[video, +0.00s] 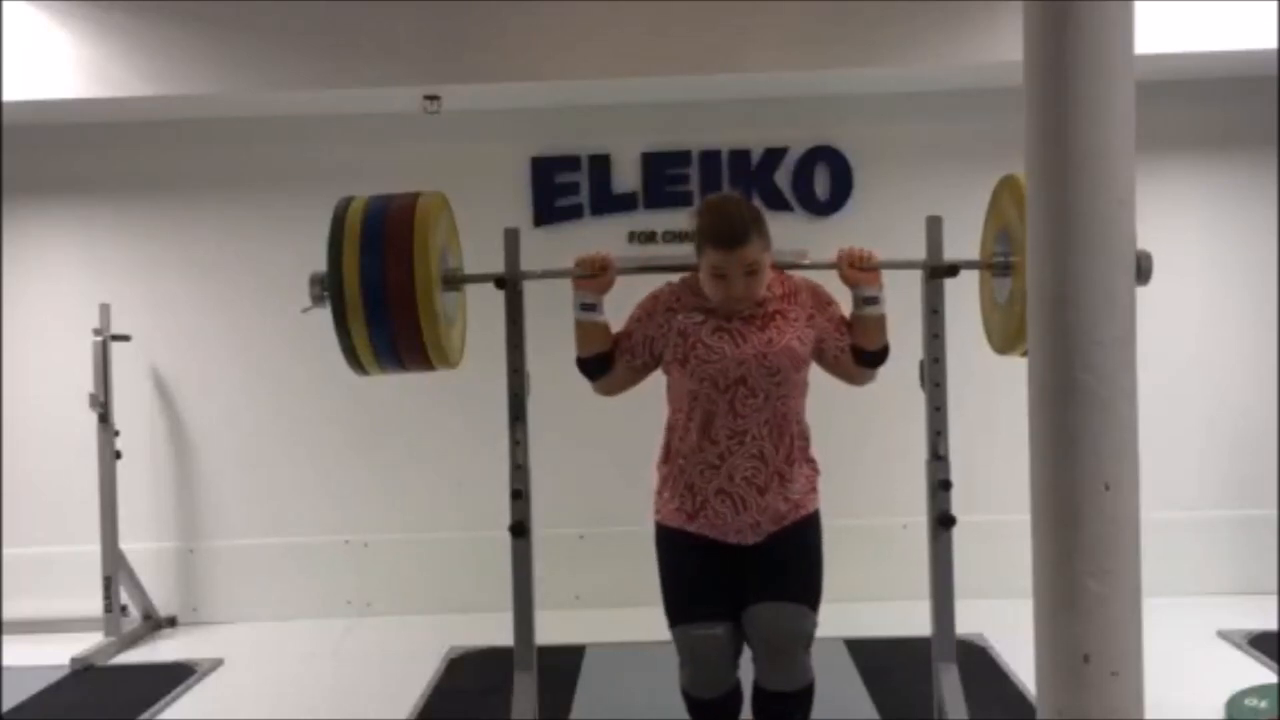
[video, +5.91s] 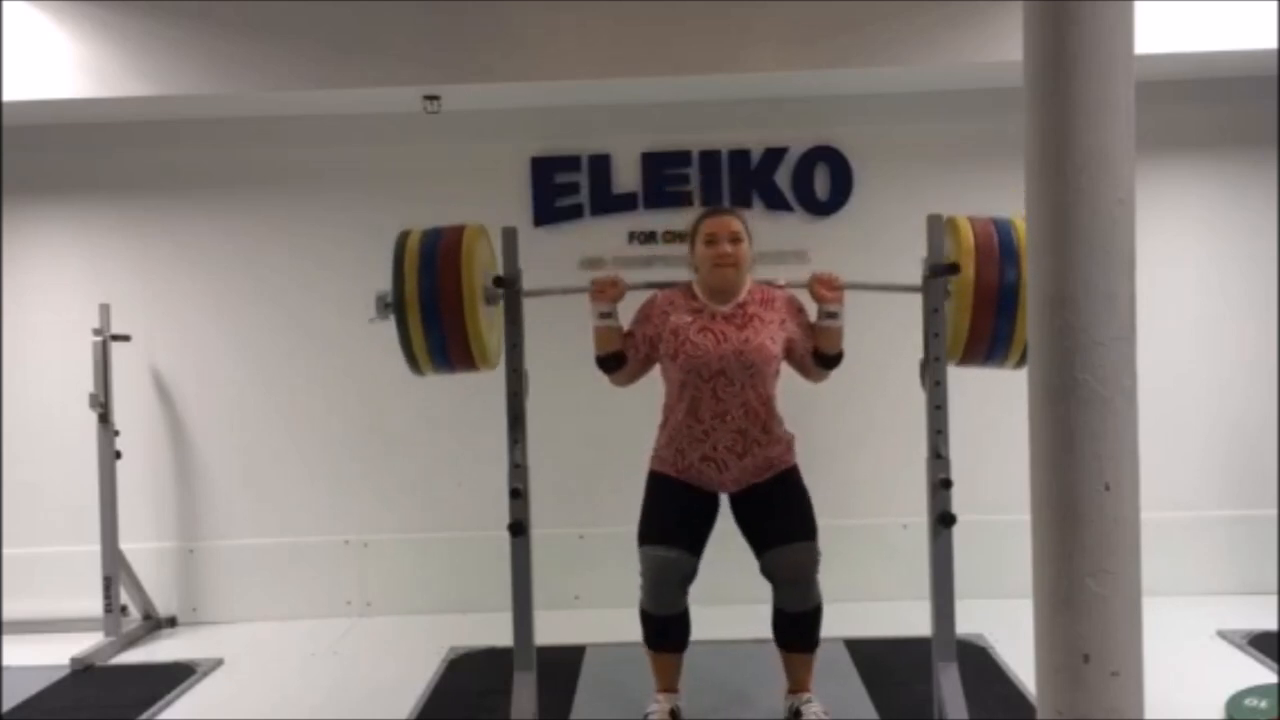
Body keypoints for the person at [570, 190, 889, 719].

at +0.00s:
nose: (736, 287)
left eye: (750, 271)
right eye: (719, 274)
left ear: (769, 258)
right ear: (697, 264)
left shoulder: (800, 302)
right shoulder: (671, 310)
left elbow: (860, 369)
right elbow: (608, 378)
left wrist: (868, 296)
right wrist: (588, 303)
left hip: (783, 519)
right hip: (693, 522)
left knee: (785, 661)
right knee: (706, 667)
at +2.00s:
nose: (729, 238)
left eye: (741, 223)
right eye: (714, 224)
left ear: (759, 220)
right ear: (692, 223)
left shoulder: (783, 270)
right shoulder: (658, 272)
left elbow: (826, 342)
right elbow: (607, 345)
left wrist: (842, 276)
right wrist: (589, 277)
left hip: (774, 478)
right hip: (689, 482)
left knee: (782, 619)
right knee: (704, 628)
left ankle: (779, 711)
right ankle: (713, 717)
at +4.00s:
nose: (721, 234)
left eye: (730, 223)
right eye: (708, 225)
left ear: (745, 227)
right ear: (687, 232)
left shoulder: (770, 275)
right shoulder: (660, 279)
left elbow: (810, 338)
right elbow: (614, 339)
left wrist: (823, 283)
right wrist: (600, 281)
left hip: (762, 457)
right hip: (685, 460)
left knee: (770, 580)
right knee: (684, 581)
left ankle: (795, 696)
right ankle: (667, 699)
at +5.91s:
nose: (723, 249)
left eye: (734, 240)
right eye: (711, 241)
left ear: (750, 251)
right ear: (692, 254)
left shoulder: (776, 305)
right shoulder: (666, 308)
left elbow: (819, 367)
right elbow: (621, 371)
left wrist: (829, 312)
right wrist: (605, 313)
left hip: (764, 461)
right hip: (682, 463)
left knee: (797, 571)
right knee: (662, 578)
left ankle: (801, 696)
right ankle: (665, 699)